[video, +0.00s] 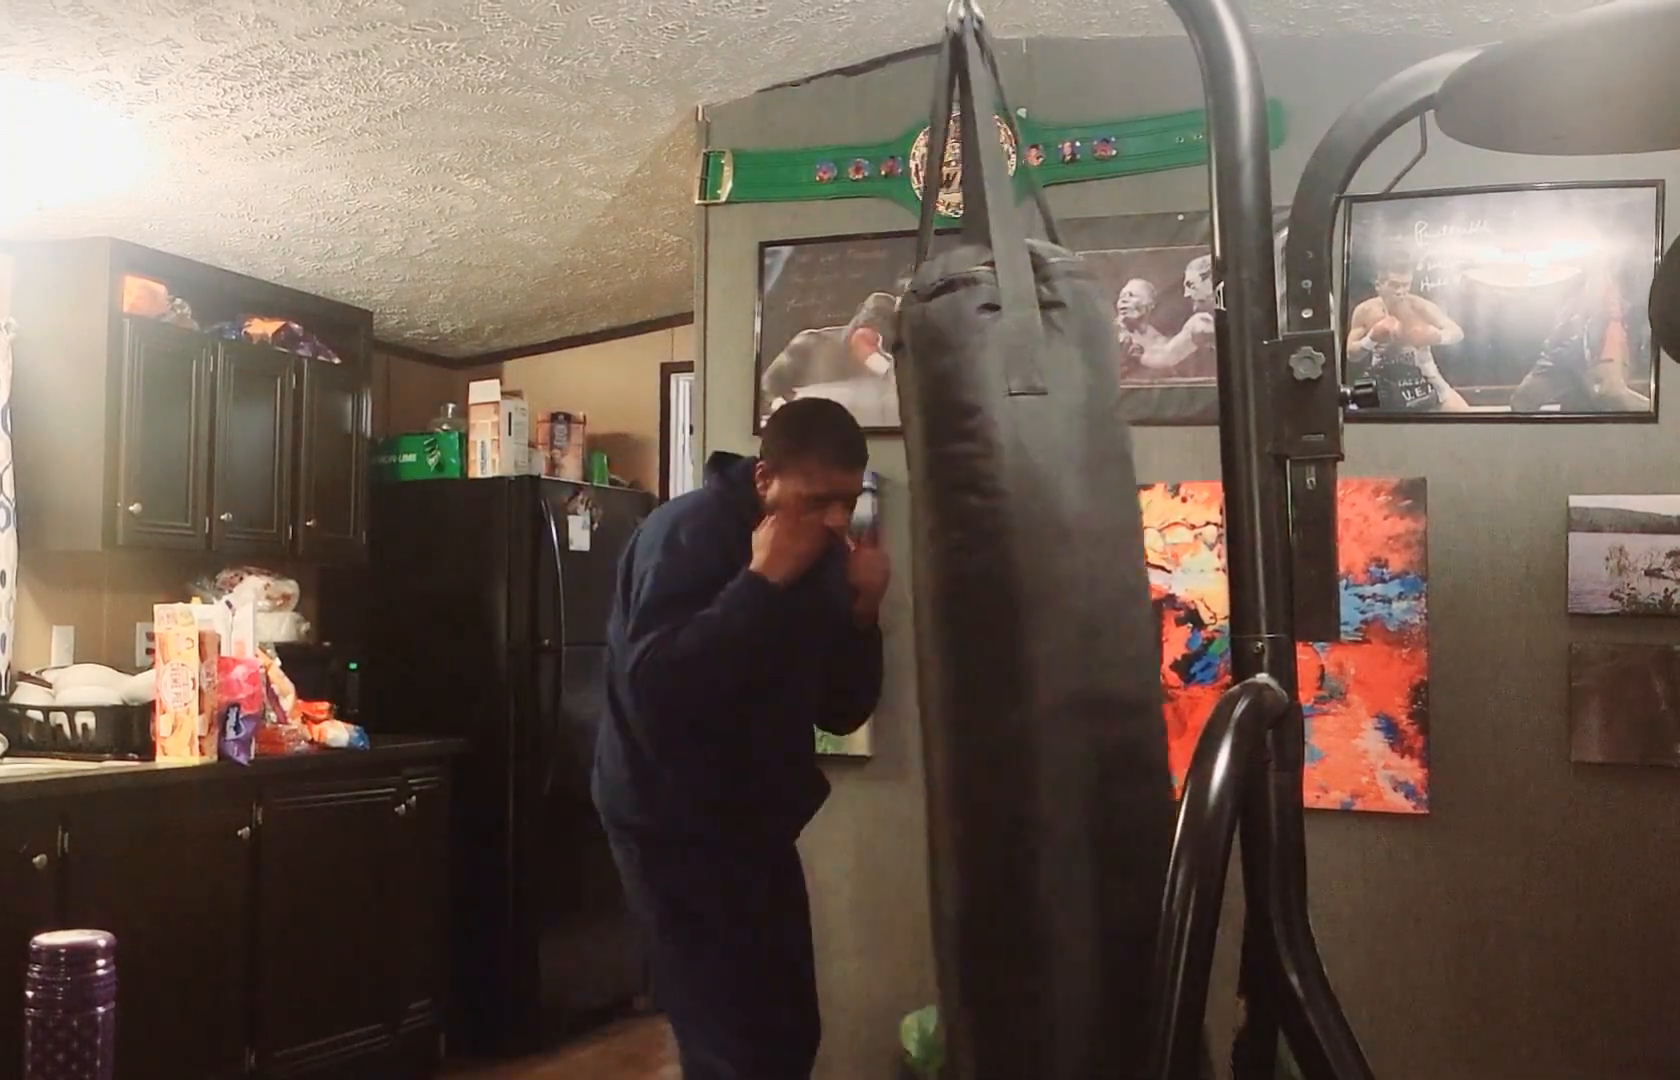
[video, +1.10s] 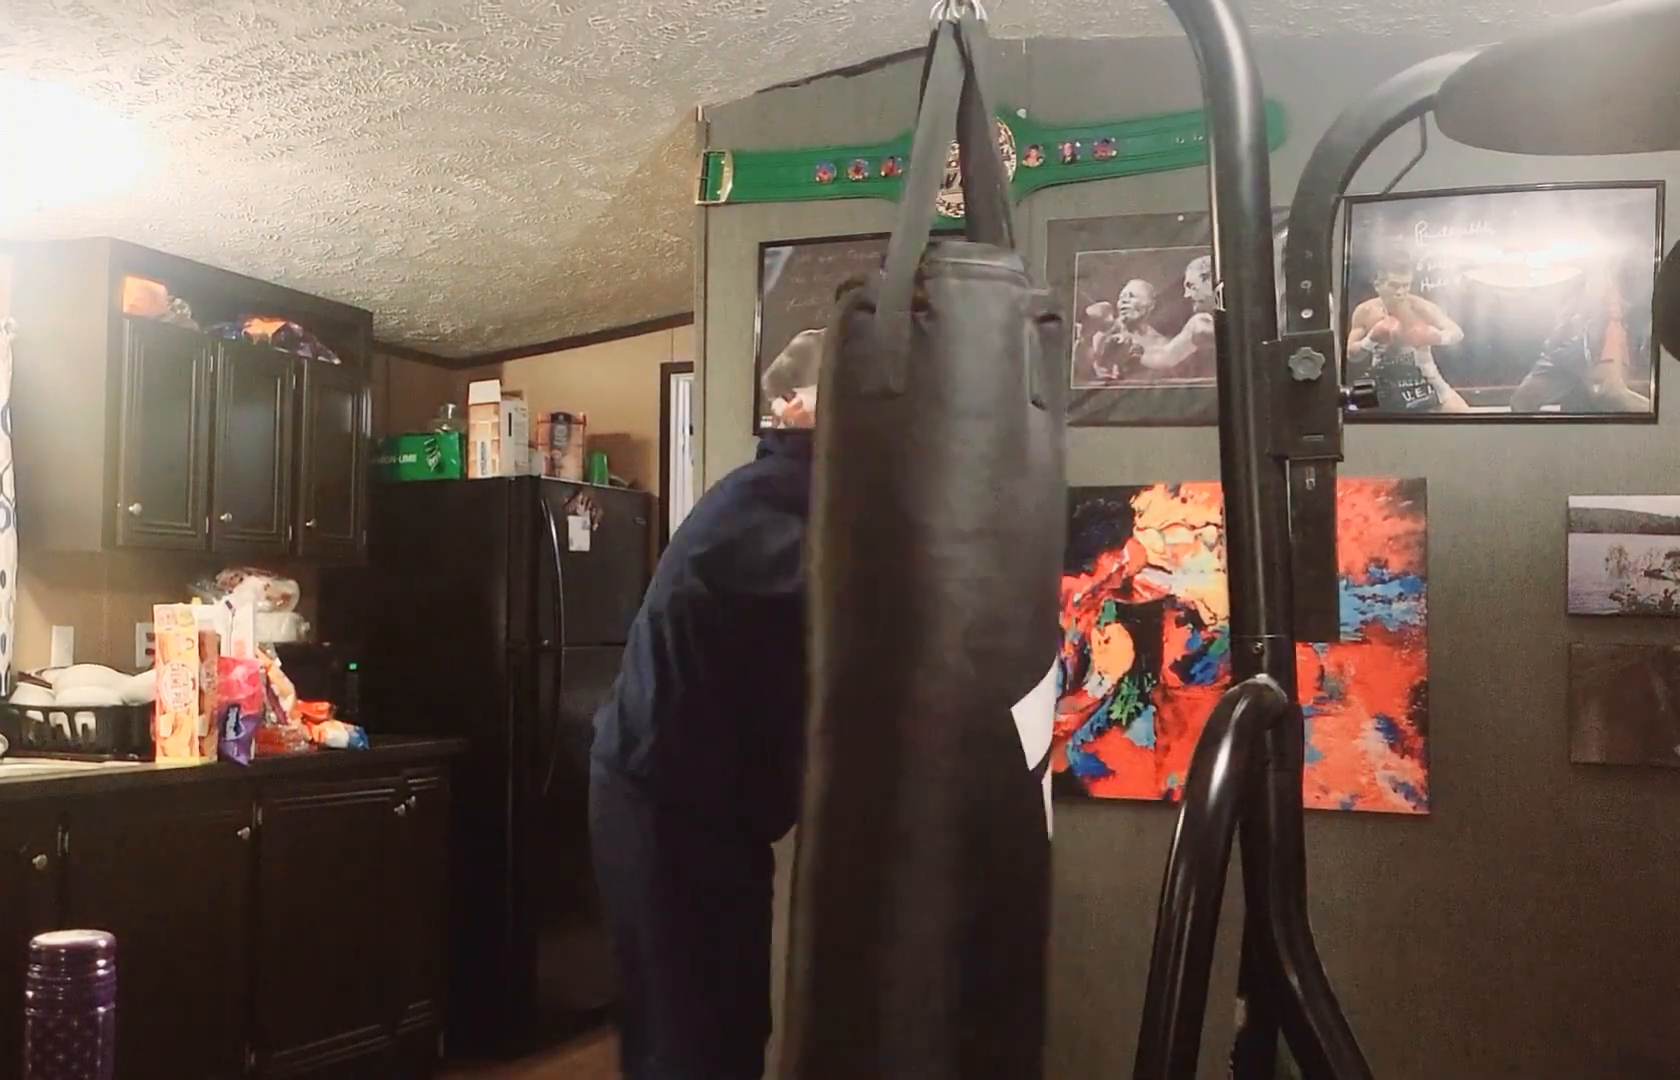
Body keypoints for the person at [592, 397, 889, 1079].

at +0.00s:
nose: (837, 521)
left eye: (848, 503)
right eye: (820, 502)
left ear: (858, 488)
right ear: (766, 480)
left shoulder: (820, 555)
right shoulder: (685, 532)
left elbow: (842, 711)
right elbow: (650, 684)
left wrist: (862, 609)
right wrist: (762, 577)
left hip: (754, 816)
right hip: (669, 819)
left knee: (790, 1035)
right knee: (730, 1045)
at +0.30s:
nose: (862, 486)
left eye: (874, 469)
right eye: (844, 469)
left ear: (885, 457)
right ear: (793, 448)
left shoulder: (857, 526)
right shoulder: (724, 495)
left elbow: (880, 677)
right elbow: (629, 608)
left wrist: (894, 571)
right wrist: (772, 556)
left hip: (767, 793)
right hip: (680, 786)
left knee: (760, 1016)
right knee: (709, 1019)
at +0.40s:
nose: (888, 487)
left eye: (900, 470)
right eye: (870, 468)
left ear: (912, 456)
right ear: (818, 444)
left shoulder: (857, 525)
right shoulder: (763, 482)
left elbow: (873, 675)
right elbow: (693, 539)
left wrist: (908, 586)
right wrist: (859, 553)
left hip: (748, 805)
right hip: (678, 799)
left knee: (754, 1034)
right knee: (704, 1033)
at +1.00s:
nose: (873, 490)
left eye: (877, 475)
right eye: (864, 473)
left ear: (825, 467)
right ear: (823, 464)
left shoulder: (829, 533)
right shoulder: (746, 499)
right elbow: (641, 581)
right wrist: (782, 594)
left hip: (739, 798)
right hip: (667, 793)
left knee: (759, 1027)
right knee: (710, 1034)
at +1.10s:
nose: (854, 412)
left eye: (847, 396)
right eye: (841, 395)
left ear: (789, 407)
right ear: (798, 406)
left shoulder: (766, 488)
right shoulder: (782, 492)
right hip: (677, 801)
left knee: (683, 1025)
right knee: (707, 1034)